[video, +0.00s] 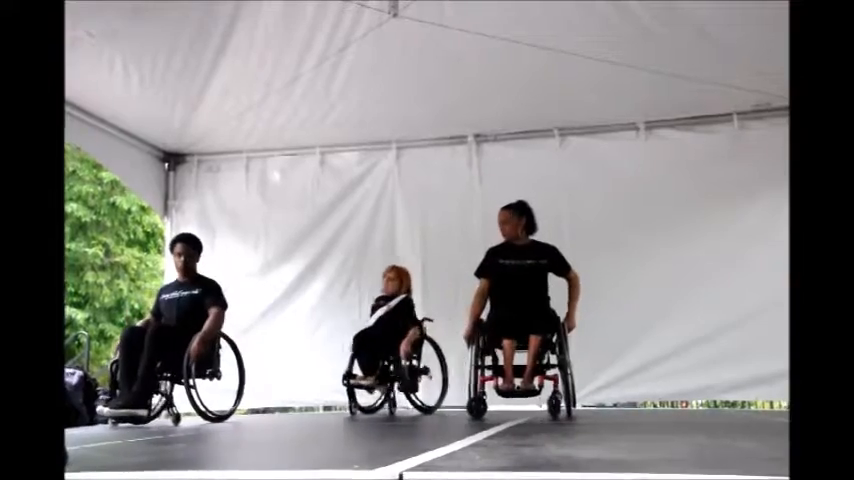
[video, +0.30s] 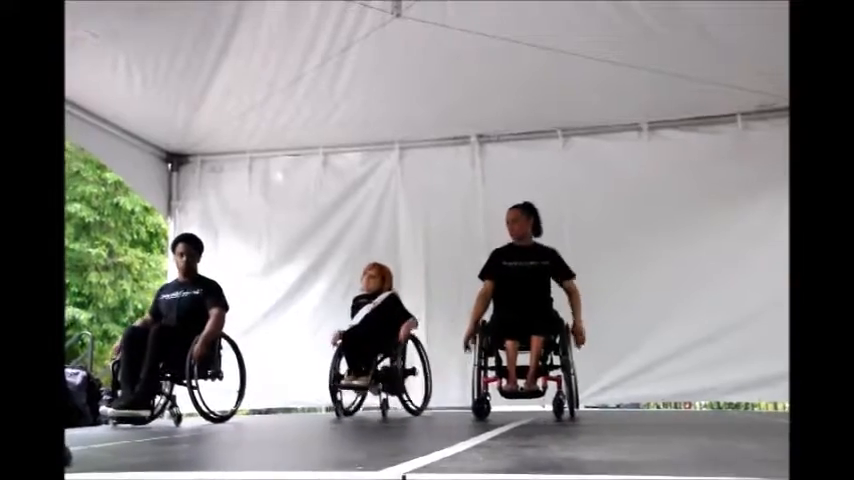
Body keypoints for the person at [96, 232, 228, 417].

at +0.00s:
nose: (183, 260)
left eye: (189, 255)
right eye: (179, 255)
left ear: (198, 257)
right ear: (173, 258)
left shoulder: (208, 286)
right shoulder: (165, 291)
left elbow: (217, 315)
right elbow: (153, 319)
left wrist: (201, 340)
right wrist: (130, 337)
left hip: (194, 350)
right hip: (167, 348)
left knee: (156, 333)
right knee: (131, 333)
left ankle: (140, 400)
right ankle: (125, 398)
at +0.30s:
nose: (185, 260)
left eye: (191, 255)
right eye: (181, 255)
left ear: (199, 257)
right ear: (174, 258)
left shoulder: (209, 287)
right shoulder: (165, 290)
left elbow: (218, 316)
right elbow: (151, 319)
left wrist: (203, 343)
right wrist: (125, 340)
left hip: (194, 350)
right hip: (167, 348)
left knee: (159, 333)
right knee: (133, 333)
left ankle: (143, 398)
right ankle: (127, 397)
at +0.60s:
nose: (188, 259)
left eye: (193, 254)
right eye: (184, 254)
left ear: (202, 257)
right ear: (177, 257)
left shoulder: (212, 287)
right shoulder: (166, 290)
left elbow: (221, 316)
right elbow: (139, 317)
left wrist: (206, 341)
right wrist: (110, 347)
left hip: (201, 353)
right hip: (173, 352)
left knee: (163, 330)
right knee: (135, 333)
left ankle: (145, 399)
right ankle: (130, 398)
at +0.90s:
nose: (184, 257)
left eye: (189, 252)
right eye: (180, 252)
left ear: (199, 255)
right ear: (175, 255)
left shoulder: (211, 285)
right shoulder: (167, 287)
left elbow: (218, 314)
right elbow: (147, 301)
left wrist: (203, 339)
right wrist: (136, 306)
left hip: (199, 349)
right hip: (171, 347)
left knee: (162, 329)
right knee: (136, 331)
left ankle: (144, 397)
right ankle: (130, 394)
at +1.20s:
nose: (181, 254)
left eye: (185, 249)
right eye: (176, 250)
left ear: (196, 251)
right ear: (171, 254)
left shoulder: (211, 283)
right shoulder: (165, 285)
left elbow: (226, 312)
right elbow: (141, 305)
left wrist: (212, 335)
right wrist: (147, 267)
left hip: (202, 350)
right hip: (173, 348)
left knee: (167, 326)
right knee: (140, 328)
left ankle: (149, 393)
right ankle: (134, 393)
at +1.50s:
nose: (185, 256)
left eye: (190, 250)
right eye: (180, 251)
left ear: (200, 253)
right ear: (175, 255)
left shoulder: (214, 285)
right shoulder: (167, 287)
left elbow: (229, 314)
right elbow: (153, 313)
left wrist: (219, 292)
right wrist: (128, 322)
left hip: (205, 350)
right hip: (174, 348)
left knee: (169, 327)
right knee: (141, 329)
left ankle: (151, 397)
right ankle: (136, 397)